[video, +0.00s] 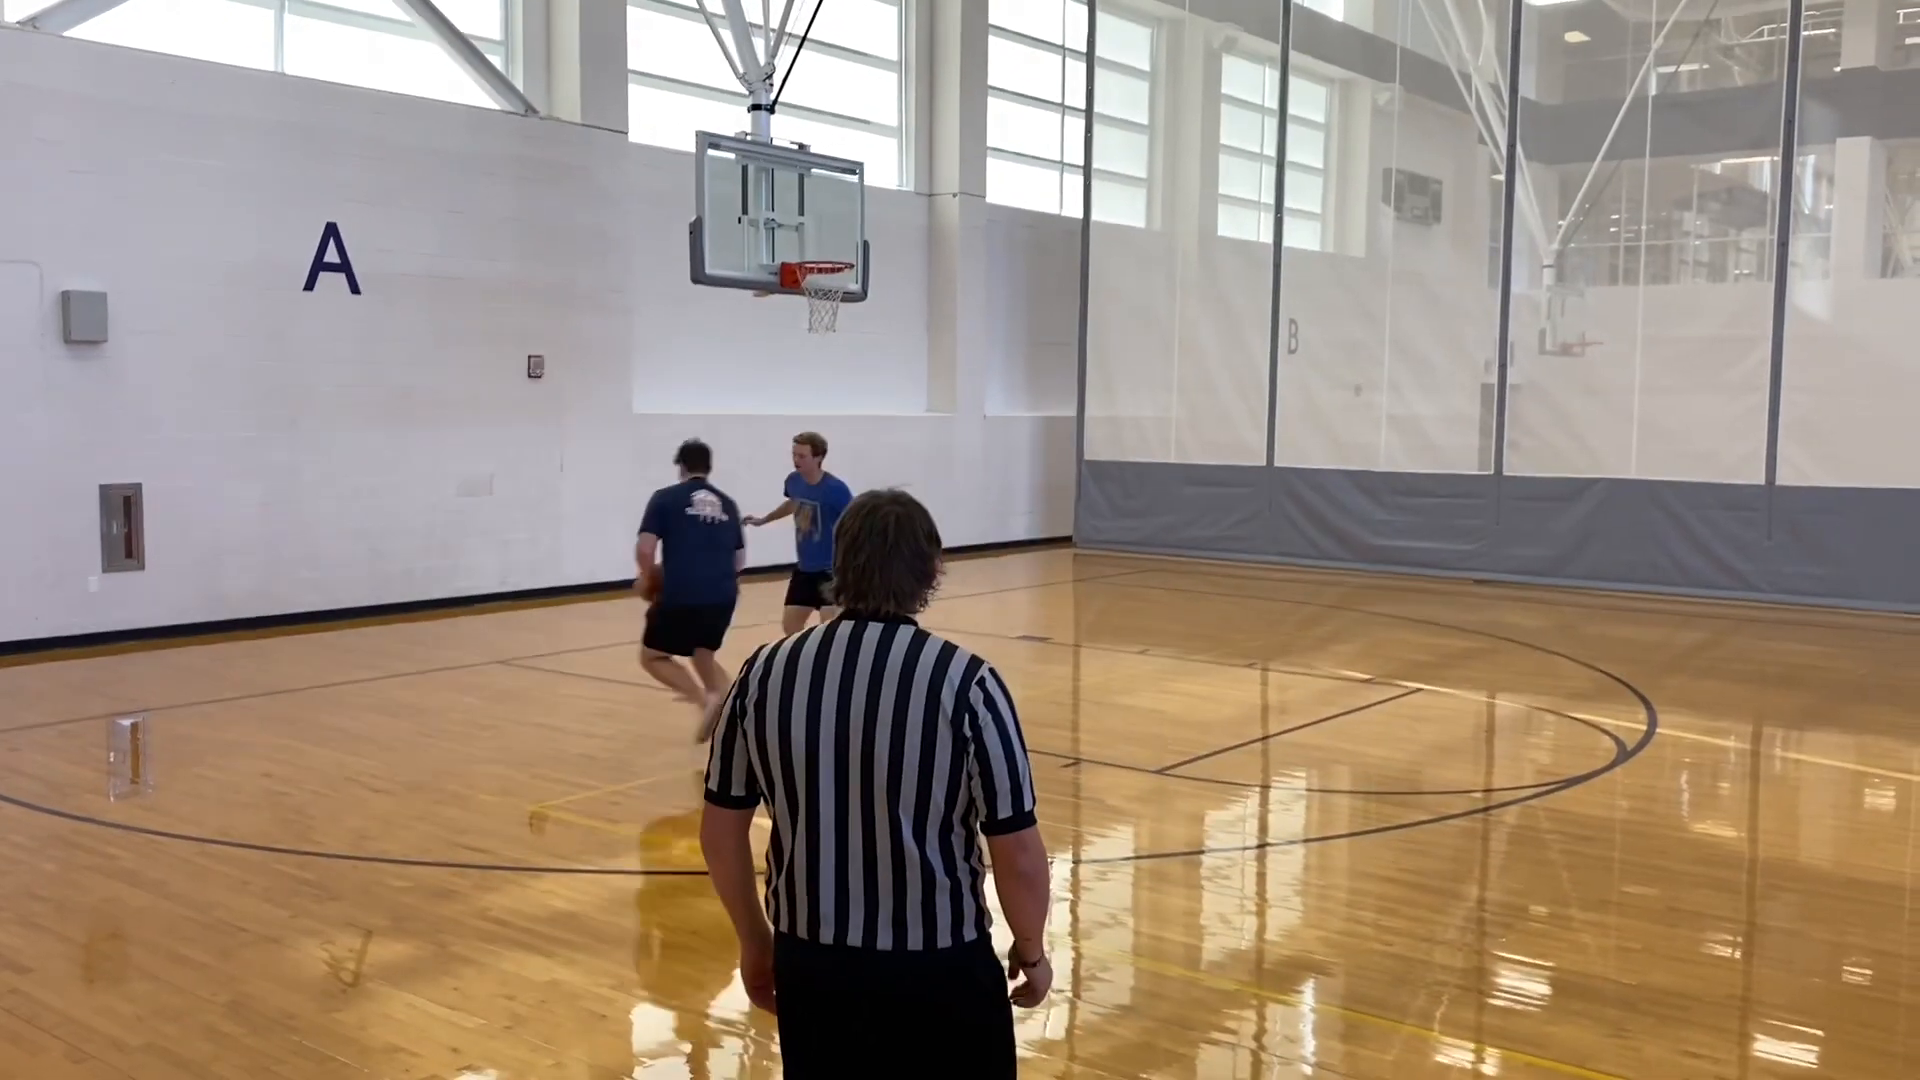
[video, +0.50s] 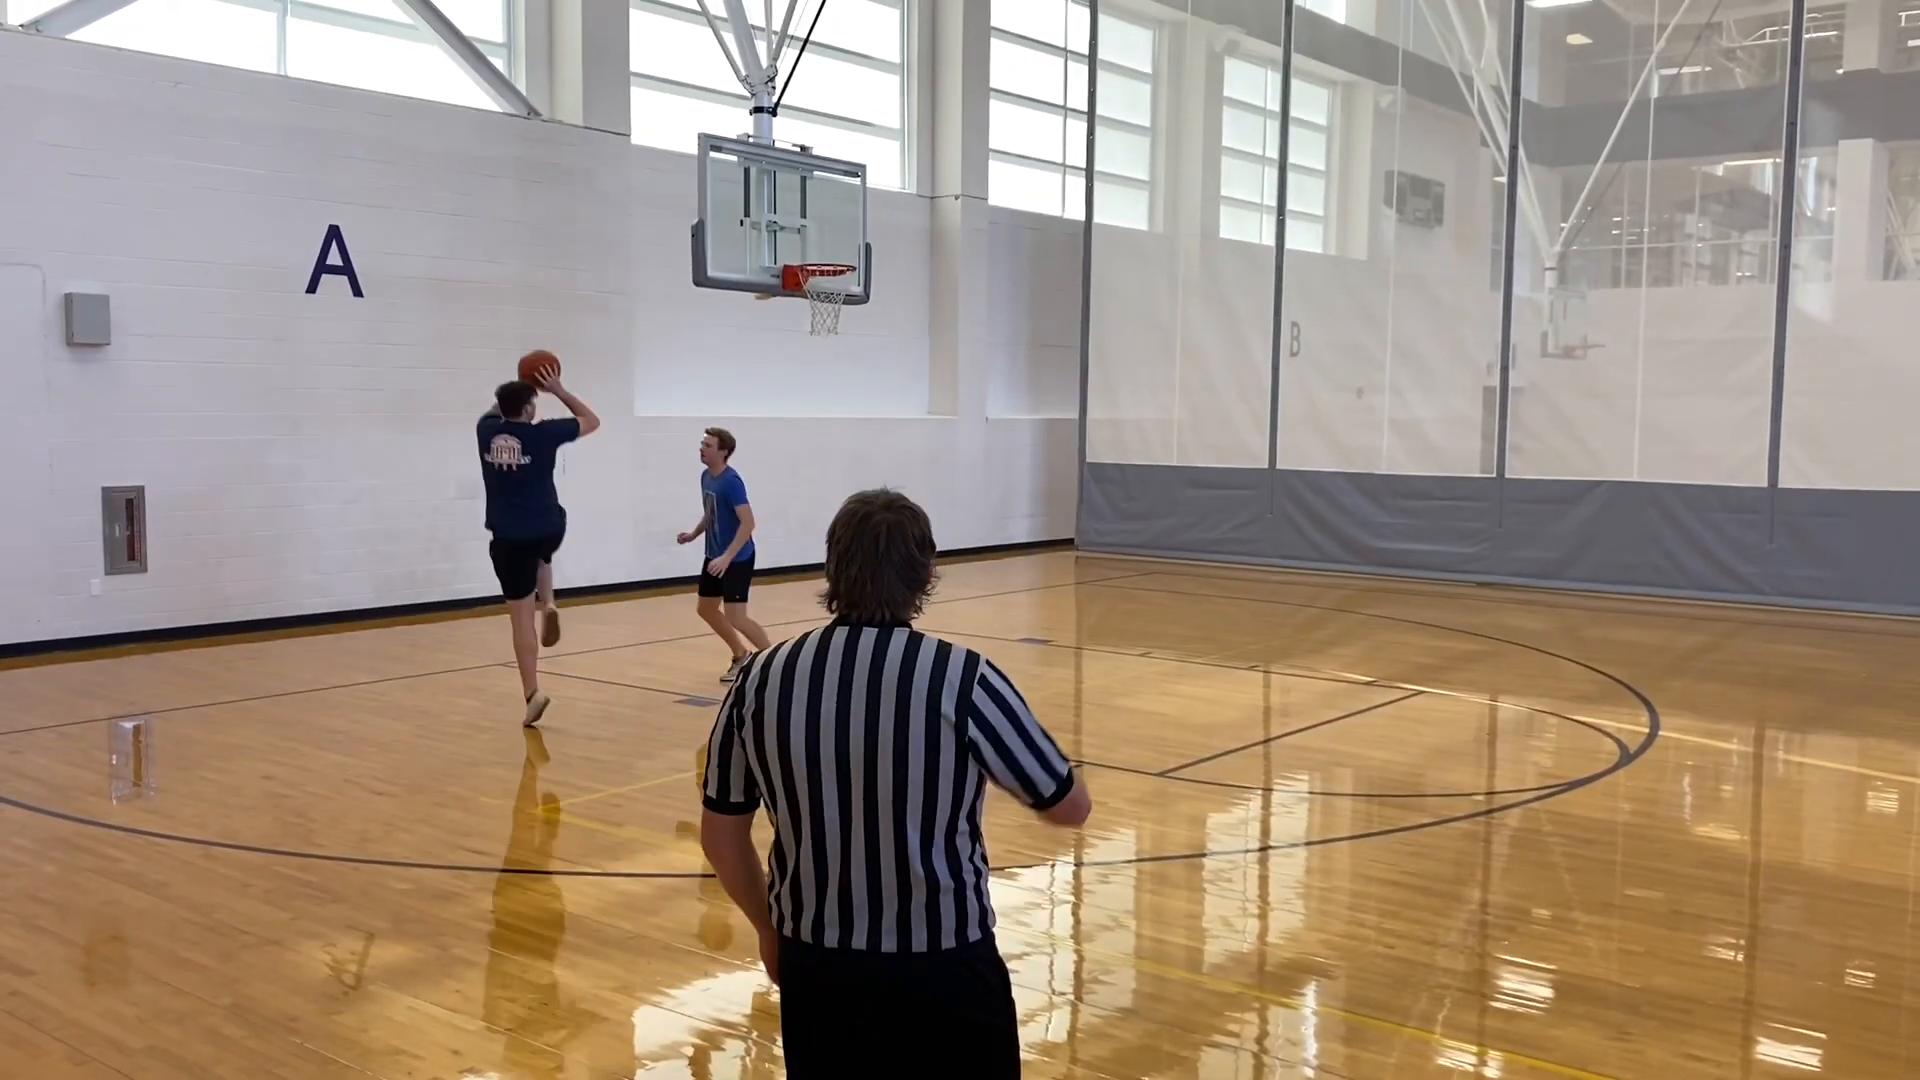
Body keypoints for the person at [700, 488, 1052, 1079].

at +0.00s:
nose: (941, 570)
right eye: (937, 558)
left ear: (842, 565)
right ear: (929, 569)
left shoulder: (764, 671)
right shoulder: (967, 681)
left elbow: (721, 832)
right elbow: (1018, 853)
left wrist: (754, 939)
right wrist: (1030, 947)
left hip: (812, 973)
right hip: (945, 976)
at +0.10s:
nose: (940, 569)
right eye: (937, 557)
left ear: (841, 565)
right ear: (931, 569)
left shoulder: (766, 670)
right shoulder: (969, 680)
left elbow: (721, 829)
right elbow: (1020, 854)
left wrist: (755, 939)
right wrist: (1026, 941)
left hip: (813, 973)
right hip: (945, 975)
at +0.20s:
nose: (942, 568)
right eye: (938, 557)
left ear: (843, 564)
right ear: (932, 569)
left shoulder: (766, 671)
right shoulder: (971, 680)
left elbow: (721, 831)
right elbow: (1022, 851)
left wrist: (756, 937)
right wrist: (1022, 938)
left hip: (814, 973)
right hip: (947, 976)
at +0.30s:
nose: (940, 569)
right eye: (936, 558)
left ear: (842, 565)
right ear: (931, 569)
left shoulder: (766, 672)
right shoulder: (971, 680)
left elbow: (721, 831)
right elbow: (1025, 853)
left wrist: (758, 936)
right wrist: (1014, 924)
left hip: (814, 974)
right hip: (948, 975)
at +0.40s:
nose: (937, 574)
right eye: (934, 561)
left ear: (839, 568)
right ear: (927, 574)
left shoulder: (762, 677)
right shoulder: (967, 681)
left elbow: (719, 835)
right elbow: (1038, 851)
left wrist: (761, 932)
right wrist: (1004, 875)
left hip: (814, 978)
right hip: (947, 977)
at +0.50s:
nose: (930, 571)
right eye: (928, 560)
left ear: (832, 569)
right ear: (923, 574)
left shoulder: (760, 679)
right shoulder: (963, 677)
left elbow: (721, 833)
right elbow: (1070, 807)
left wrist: (767, 924)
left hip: (817, 980)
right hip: (949, 978)